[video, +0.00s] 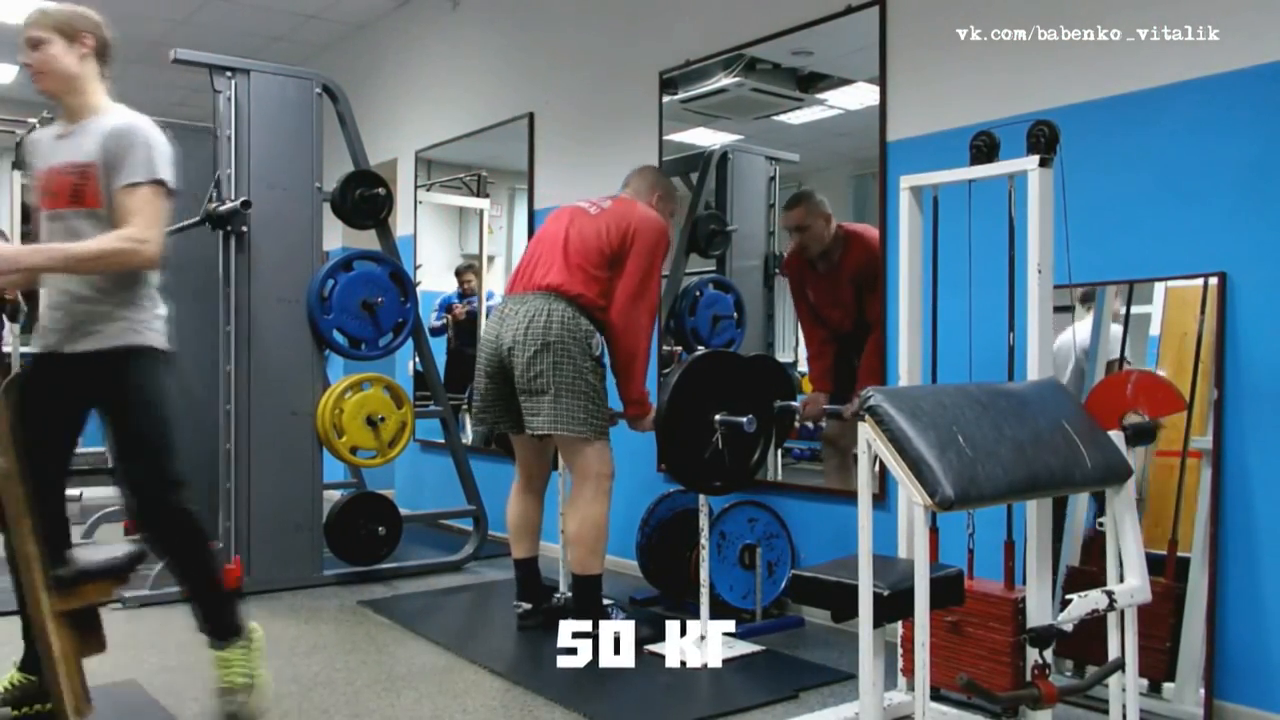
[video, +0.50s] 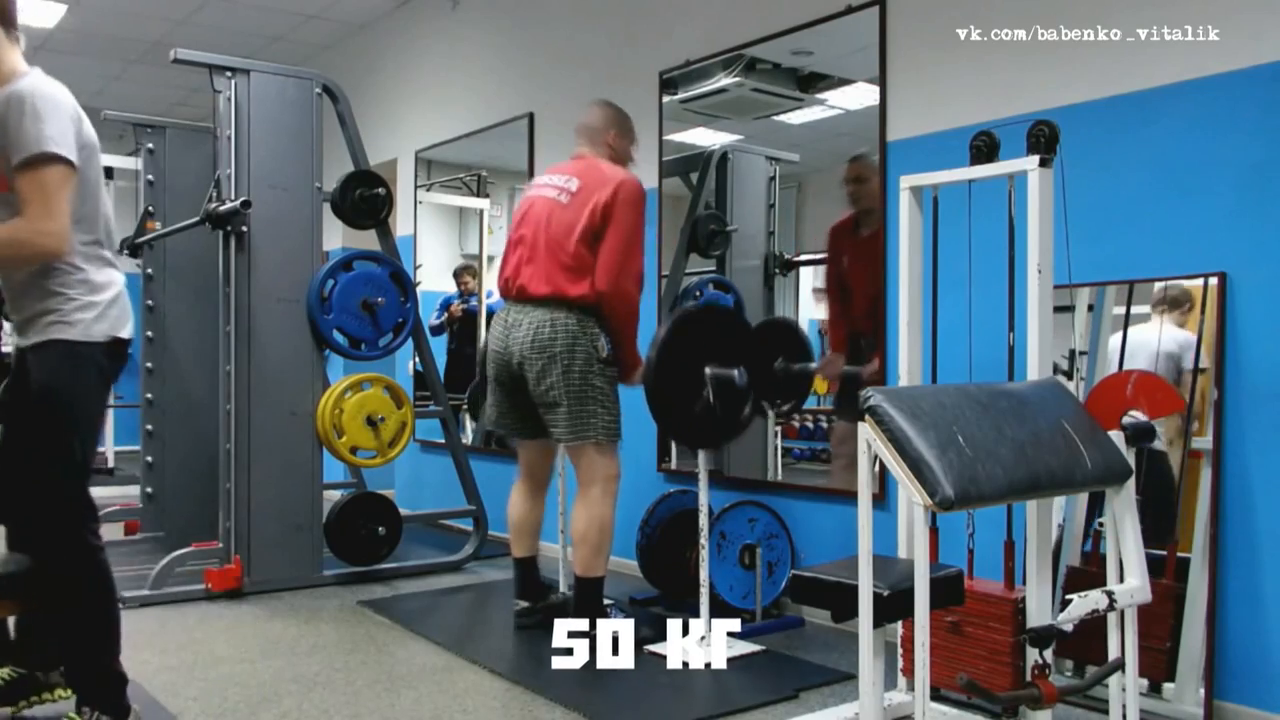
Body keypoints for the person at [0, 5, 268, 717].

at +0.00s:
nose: (27, 59)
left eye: (39, 44)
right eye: (24, 50)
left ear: (86, 47)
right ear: (34, 65)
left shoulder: (131, 131)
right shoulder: (39, 145)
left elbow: (145, 244)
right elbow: (47, 245)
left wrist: (35, 260)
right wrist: (14, 268)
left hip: (127, 343)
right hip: (54, 349)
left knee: (153, 498)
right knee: (30, 504)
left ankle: (231, 639)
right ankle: (46, 663)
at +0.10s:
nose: (4, 50)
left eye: (15, 35)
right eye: (1, 39)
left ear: (62, 40)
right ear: (11, 52)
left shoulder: (108, 125)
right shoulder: (13, 135)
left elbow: (116, 241)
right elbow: (27, 239)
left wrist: (11, 256)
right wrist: (12, 277)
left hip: (113, 326)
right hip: (43, 334)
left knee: (113, 483)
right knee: (27, 492)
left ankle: (181, 649)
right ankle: (49, 659)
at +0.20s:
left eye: (3, 25)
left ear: (37, 33)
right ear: (24, 36)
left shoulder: (82, 119)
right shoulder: (10, 131)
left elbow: (103, 237)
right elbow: (30, 239)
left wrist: (5, 255)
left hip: (98, 325)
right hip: (38, 335)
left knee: (90, 490)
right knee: (25, 503)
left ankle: (123, 682)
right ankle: (54, 670)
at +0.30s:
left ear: (14, 33)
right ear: (17, 36)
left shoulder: (55, 116)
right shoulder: (17, 129)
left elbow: (89, 238)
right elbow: (62, 238)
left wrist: (0, 253)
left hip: (88, 331)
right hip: (42, 337)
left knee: (64, 506)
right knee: (27, 505)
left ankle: (102, 696)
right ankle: (66, 677)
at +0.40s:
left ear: (5, 33)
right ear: (17, 36)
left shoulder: (42, 109)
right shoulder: (24, 117)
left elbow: (66, 238)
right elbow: (55, 237)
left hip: (84, 330)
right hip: (51, 332)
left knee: (55, 501)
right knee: (30, 498)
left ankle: (99, 690)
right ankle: (51, 657)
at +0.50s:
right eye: (3, 26)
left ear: (5, 22)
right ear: (16, 25)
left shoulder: (36, 95)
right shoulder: (24, 102)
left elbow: (45, 233)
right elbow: (42, 232)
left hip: (75, 326)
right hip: (49, 328)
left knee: (50, 502)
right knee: (27, 497)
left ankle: (100, 693)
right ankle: (43, 653)